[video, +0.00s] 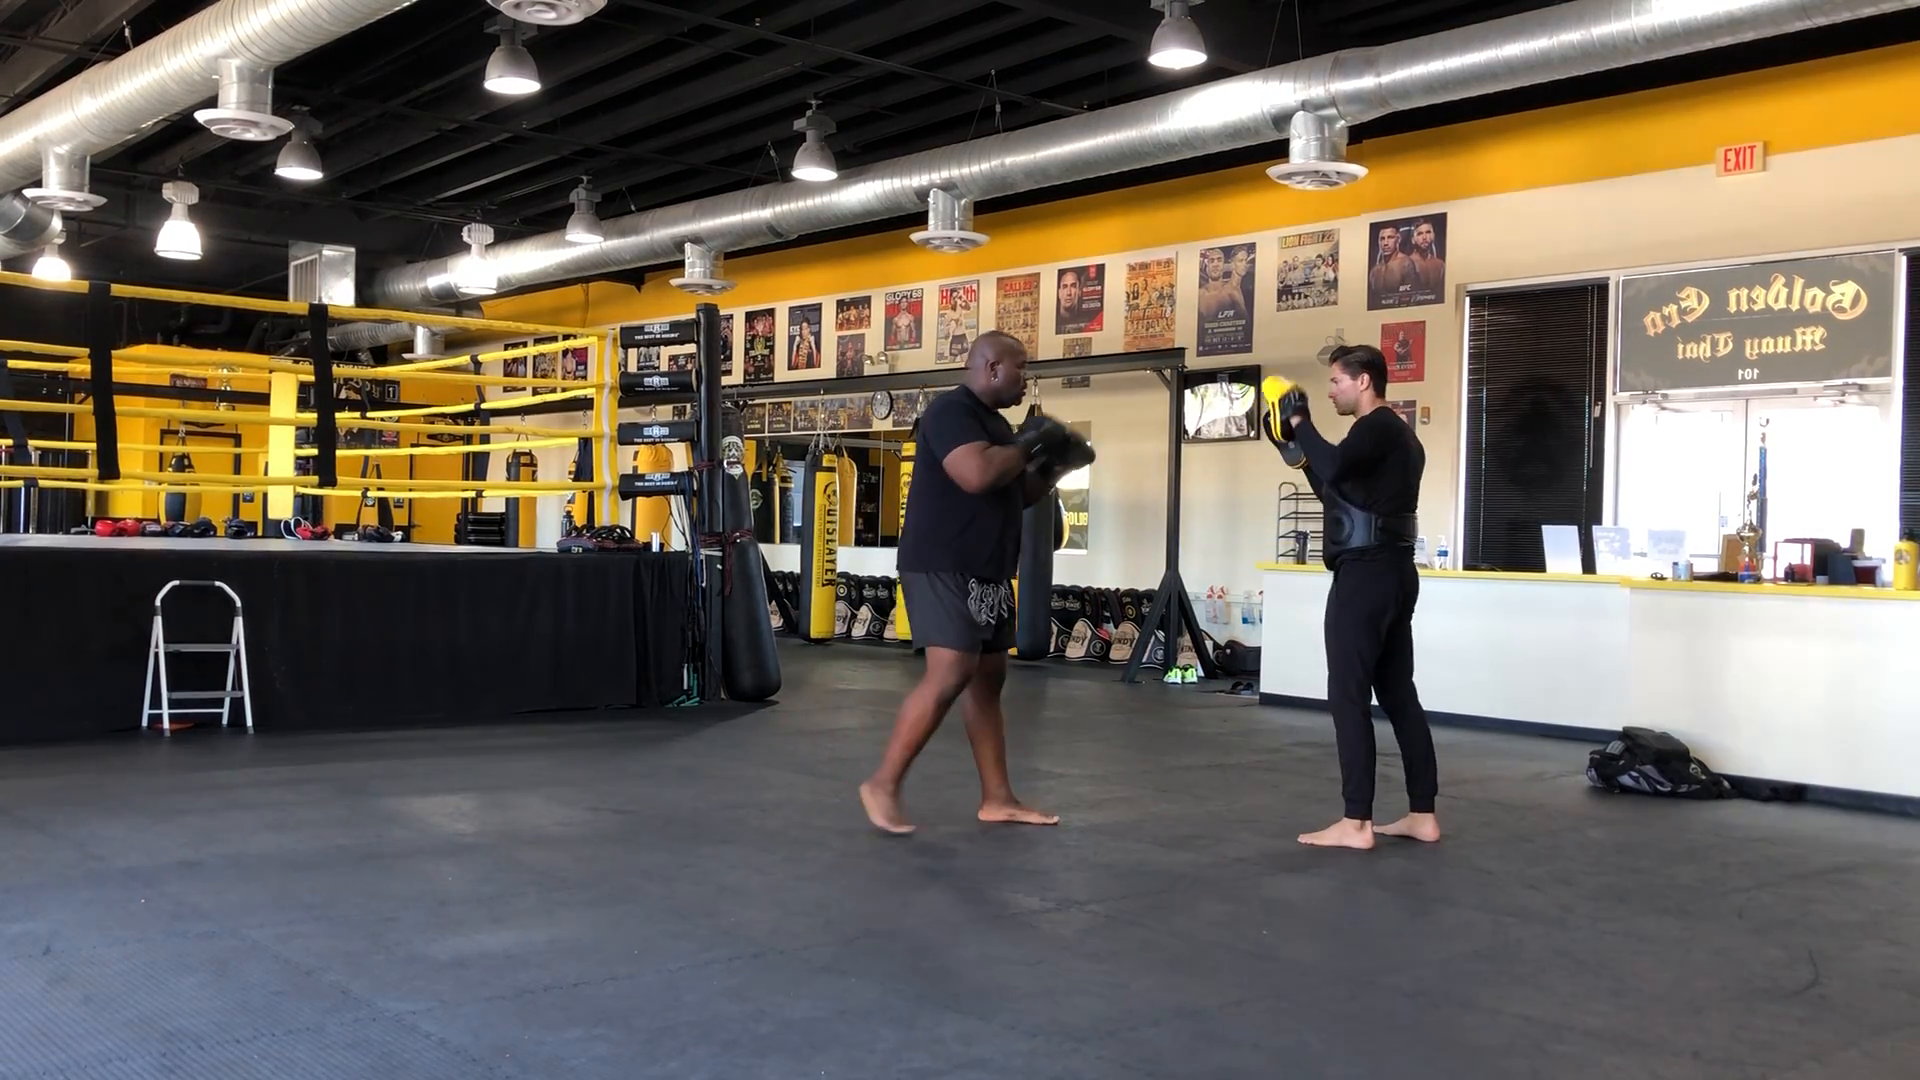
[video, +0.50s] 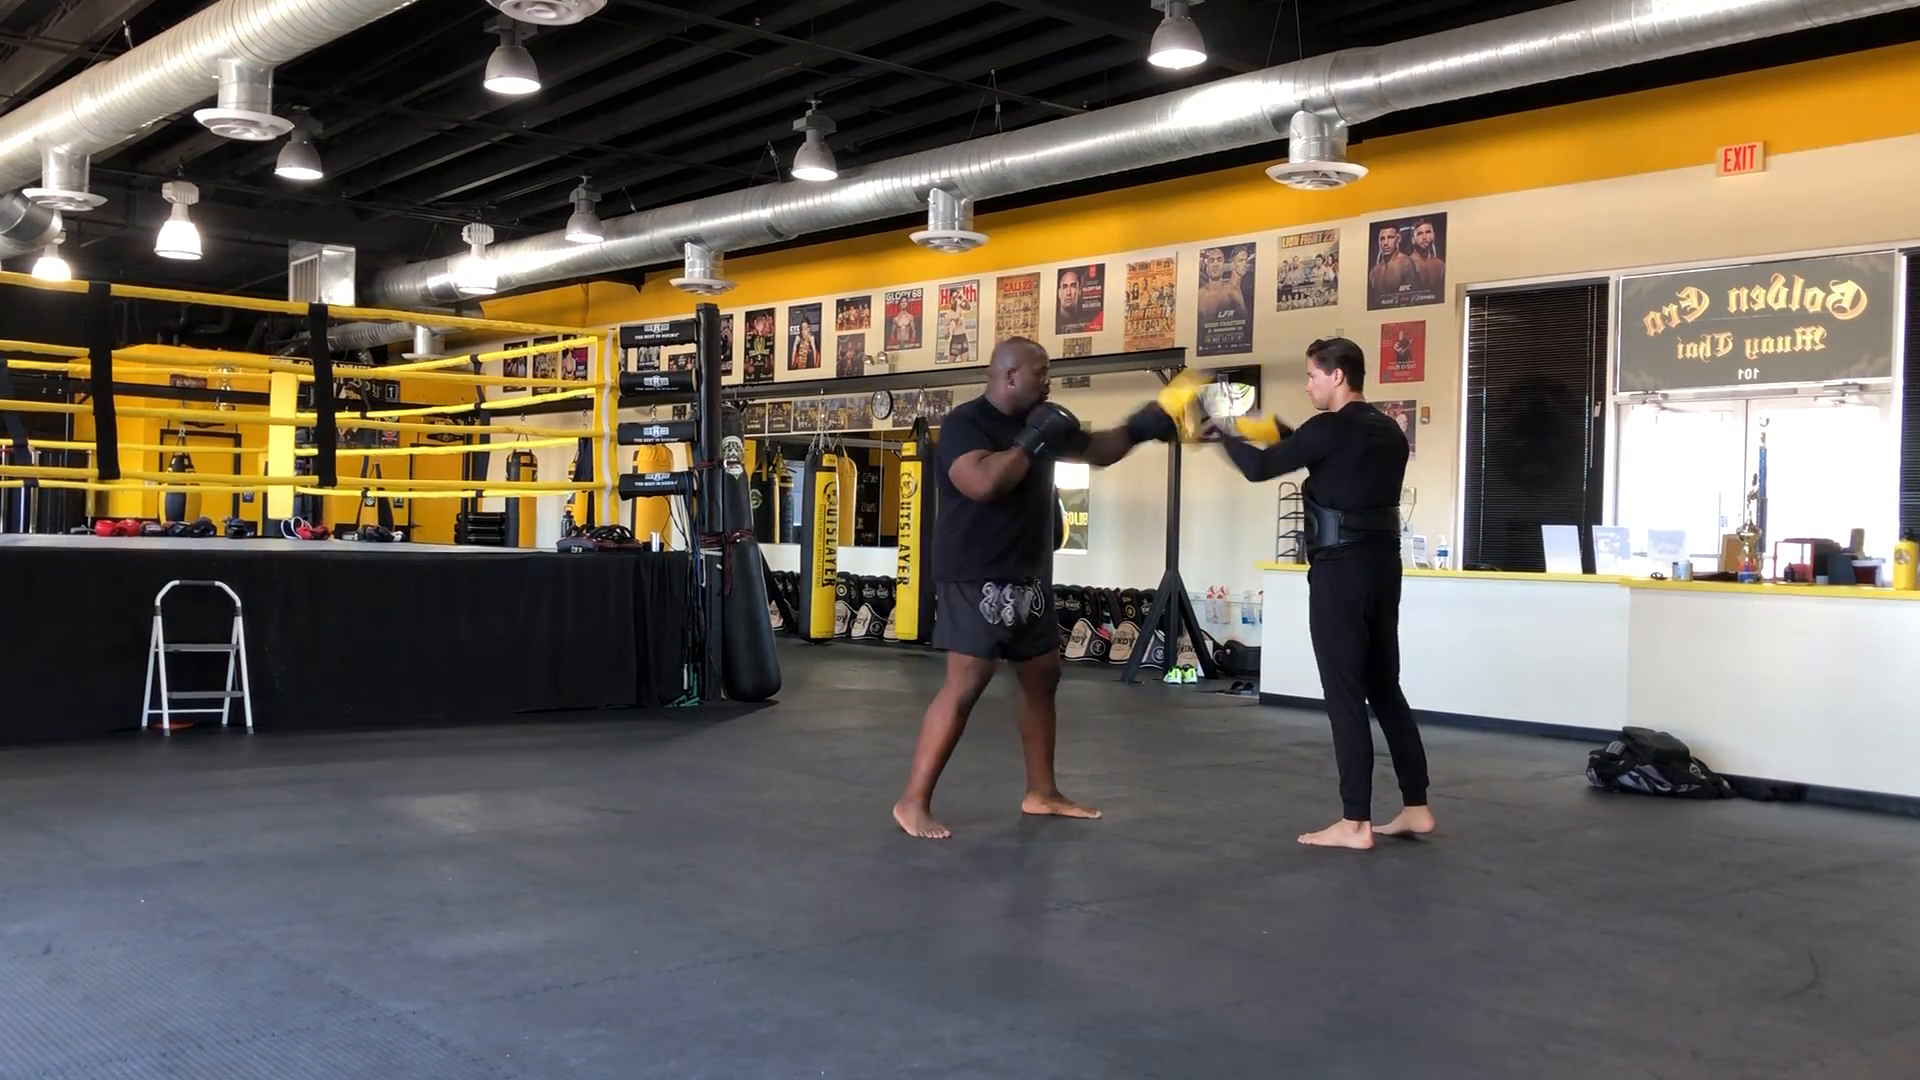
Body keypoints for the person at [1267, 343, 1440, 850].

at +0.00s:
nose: (1331, 391)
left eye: (1337, 381)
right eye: (1331, 382)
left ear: (1363, 381)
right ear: (1369, 383)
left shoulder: (1374, 426)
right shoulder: (1403, 435)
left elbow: (1336, 467)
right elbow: (1339, 491)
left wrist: (1301, 424)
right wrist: (1299, 451)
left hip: (1362, 575)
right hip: (1397, 574)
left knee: (1347, 698)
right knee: (1399, 695)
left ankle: (1355, 822)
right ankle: (1422, 815)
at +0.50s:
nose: (1307, 386)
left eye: (1312, 375)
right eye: (1308, 376)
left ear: (1338, 376)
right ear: (1349, 378)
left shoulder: (1331, 428)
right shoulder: (1391, 431)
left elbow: (1258, 466)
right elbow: (1338, 464)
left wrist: (1219, 431)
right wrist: (1285, 435)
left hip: (1340, 571)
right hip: (1383, 569)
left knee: (1343, 697)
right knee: (1384, 689)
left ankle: (1356, 822)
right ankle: (1417, 808)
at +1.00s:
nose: (1310, 383)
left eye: (1317, 374)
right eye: (1311, 373)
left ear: (1345, 377)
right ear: (1345, 378)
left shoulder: (1368, 431)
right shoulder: (1360, 426)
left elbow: (1363, 517)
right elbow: (1335, 492)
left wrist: (1301, 532)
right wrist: (1283, 466)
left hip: (1364, 577)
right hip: (1367, 573)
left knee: (1354, 695)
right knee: (1363, 690)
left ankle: (1357, 823)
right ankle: (1411, 801)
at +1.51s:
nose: (1360, 390)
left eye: (1364, 380)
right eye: (1359, 380)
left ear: (1390, 379)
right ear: (1403, 381)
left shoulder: (1393, 435)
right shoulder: (1450, 433)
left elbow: (1378, 509)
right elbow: (1432, 506)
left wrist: (1331, 512)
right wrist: (1354, 511)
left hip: (1397, 578)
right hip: (1443, 578)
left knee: (1377, 701)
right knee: (1455, 700)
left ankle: (1358, 824)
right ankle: (1495, 822)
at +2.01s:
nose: (1423, 393)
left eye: (1427, 383)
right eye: (1423, 383)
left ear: (1455, 380)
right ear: (1463, 383)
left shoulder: (1457, 432)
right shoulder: (1507, 439)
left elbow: (1433, 492)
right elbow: (1457, 509)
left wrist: (1382, 471)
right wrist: (1398, 495)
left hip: (1445, 582)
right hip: (1492, 584)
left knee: (1395, 694)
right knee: (1496, 706)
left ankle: (1380, 823)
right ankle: (1501, 832)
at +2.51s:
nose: (1396, 390)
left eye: (1400, 379)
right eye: (1395, 380)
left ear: (1428, 379)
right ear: (1439, 380)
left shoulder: (1425, 429)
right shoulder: (1480, 438)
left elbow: (1368, 467)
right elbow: (1431, 489)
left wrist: (1354, 407)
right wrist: (1385, 445)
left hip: (1414, 578)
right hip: (1461, 580)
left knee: (1378, 700)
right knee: (1474, 704)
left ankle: (1380, 828)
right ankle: (1499, 831)